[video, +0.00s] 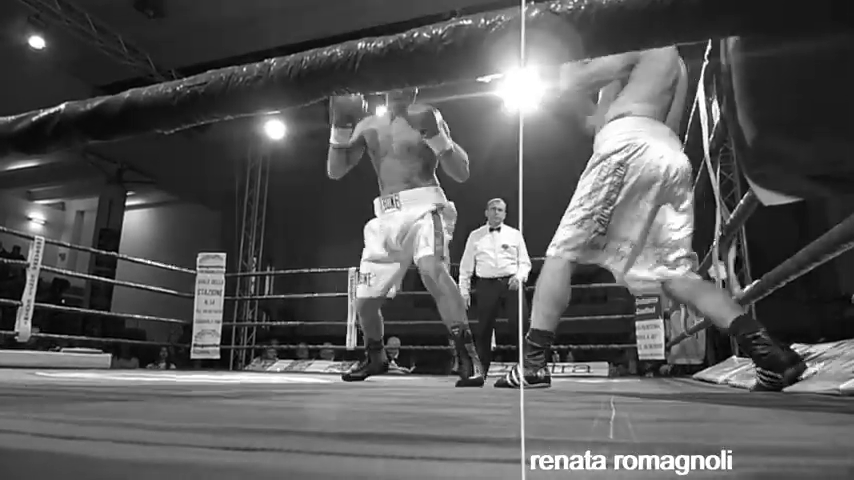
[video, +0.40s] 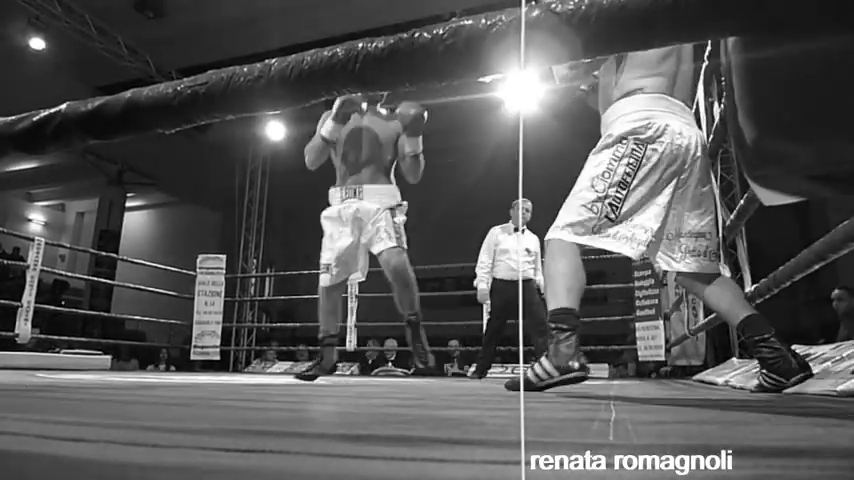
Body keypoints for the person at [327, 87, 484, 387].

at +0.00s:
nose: (399, 90)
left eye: (406, 83)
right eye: (392, 83)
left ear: (416, 88)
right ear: (380, 88)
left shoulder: (427, 117)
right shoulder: (368, 126)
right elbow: (336, 171)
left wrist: (436, 136)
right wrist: (340, 128)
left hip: (426, 207)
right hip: (387, 215)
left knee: (432, 269)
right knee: (366, 300)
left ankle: (467, 359)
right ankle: (376, 359)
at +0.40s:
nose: (370, 86)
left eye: (376, 81)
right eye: (362, 80)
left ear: (387, 87)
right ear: (350, 84)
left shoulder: (396, 122)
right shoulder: (333, 119)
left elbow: (413, 176)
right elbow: (311, 161)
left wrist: (413, 135)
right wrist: (334, 122)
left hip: (382, 207)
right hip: (342, 209)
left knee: (398, 267)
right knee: (329, 285)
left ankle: (418, 343)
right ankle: (327, 357)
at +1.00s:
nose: (357, 86)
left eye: (365, 81)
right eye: (350, 79)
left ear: (376, 87)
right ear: (338, 82)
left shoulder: (383, 122)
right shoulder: (316, 112)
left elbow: (401, 179)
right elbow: (289, 151)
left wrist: (406, 138)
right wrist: (315, 110)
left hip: (358, 207)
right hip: (316, 207)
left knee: (366, 268)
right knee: (289, 296)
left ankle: (372, 356)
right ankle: (315, 347)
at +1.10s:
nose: (375, 91)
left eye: (380, 85)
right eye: (369, 82)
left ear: (384, 91)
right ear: (350, 83)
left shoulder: (384, 125)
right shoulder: (319, 110)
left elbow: (402, 179)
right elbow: (283, 154)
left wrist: (409, 133)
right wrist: (311, 114)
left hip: (356, 210)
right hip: (311, 207)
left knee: (368, 268)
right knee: (272, 290)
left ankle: (371, 357)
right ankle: (299, 349)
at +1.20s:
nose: (356, 92)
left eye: (363, 87)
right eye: (349, 85)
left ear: (375, 96)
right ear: (336, 89)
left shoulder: (380, 134)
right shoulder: (312, 117)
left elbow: (400, 192)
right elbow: (283, 159)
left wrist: (404, 144)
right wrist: (314, 122)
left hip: (350, 223)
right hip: (301, 221)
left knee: (372, 269)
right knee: (254, 295)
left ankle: (372, 359)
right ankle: (256, 354)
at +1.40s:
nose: (346, 96)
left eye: (351, 91)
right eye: (340, 89)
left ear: (353, 97)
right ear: (323, 88)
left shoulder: (355, 133)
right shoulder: (286, 115)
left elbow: (369, 188)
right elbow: (281, 135)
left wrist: (378, 147)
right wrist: (322, 110)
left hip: (330, 216)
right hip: (284, 214)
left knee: (350, 275)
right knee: (237, 294)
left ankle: (366, 361)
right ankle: (233, 363)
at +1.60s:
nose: (316, 72)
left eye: (324, 65)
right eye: (311, 64)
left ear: (332, 70)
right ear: (298, 64)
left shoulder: (336, 109)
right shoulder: (273, 94)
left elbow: (342, 166)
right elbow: (255, 134)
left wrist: (353, 129)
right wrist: (286, 107)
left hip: (312, 192)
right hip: (267, 189)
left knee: (324, 267)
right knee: (242, 272)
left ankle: (320, 348)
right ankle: (225, 350)